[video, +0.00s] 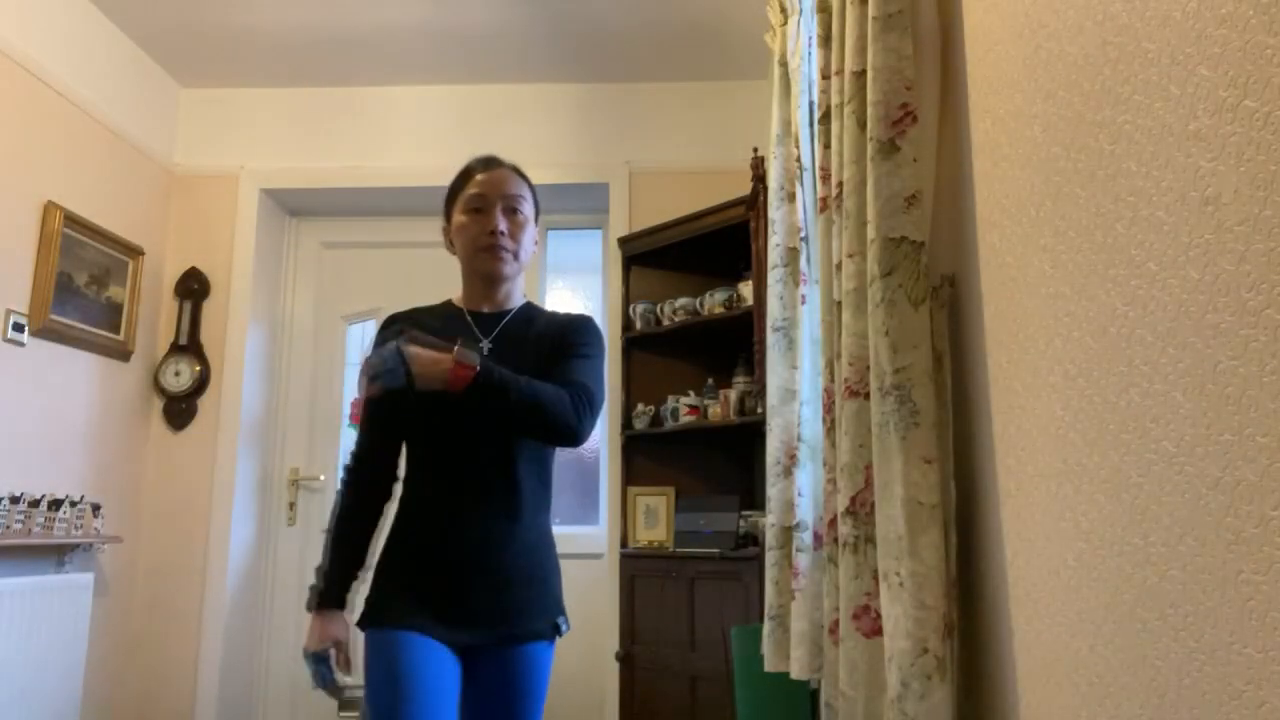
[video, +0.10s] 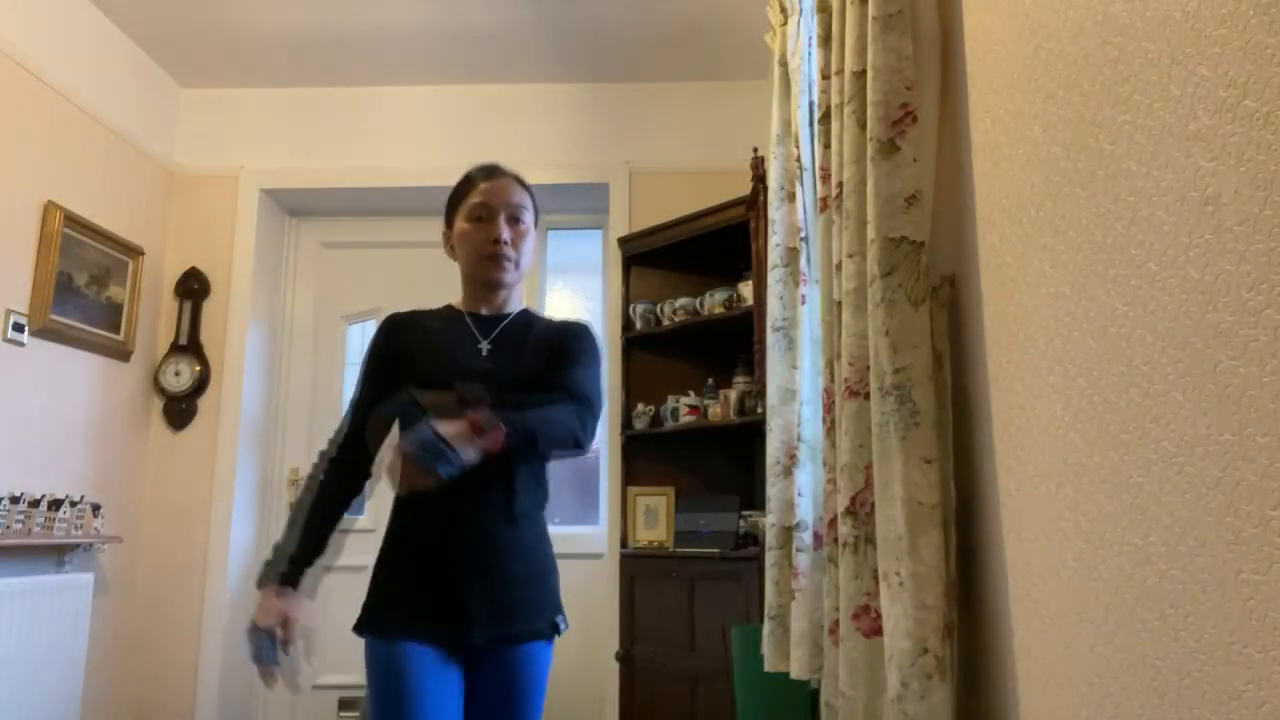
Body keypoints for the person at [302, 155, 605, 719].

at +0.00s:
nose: (497, 221)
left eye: (514, 209)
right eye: (477, 208)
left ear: (534, 234)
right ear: (449, 231)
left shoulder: (572, 334)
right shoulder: (406, 333)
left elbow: (574, 418)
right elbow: (371, 471)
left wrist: (458, 369)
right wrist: (329, 600)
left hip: (519, 604)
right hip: (413, 602)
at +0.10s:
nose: (501, 232)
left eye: (517, 219)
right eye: (481, 216)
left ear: (535, 242)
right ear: (449, 238)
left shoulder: (567, 341)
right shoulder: (403, 335)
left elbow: (576, 422)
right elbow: (349, 460)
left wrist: (477, 433)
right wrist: (285, 578)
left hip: (519, 609)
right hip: (412, 605)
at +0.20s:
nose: (499, 240)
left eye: (514, 229)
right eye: (481, 222)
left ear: (529, 250)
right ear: (444, 241)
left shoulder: (557, 352)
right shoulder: (397, 335)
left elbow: (570, 445)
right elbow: (323, 433)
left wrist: (548, 516)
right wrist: (247, 517)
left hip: (509, 608)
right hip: (406, 603)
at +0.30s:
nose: (498, 245)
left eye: (512, 234)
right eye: (479, 226)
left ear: (521, 254)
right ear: (437, 241)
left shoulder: (545, 357)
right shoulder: (385, 332)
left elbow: (571, 477)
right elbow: (329, 387)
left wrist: (588, 596)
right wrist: (269, 431)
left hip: (499, 609)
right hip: (392, 604)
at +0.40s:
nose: (505, 243)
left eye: (515, 232)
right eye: (485, 224)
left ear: (521, 251)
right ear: (437, 240)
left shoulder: (537, 354)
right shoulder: (387, 316)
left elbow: (566, 482)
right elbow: (357, 335)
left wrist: (595, 607)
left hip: (491, 574)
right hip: (389, 580)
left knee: (488, 703)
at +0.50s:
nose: (515, 247)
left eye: (522, 234)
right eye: (495, 225)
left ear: (524, 251)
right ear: (437, 239)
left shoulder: (533, 357)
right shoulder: (385, 317)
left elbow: (550, 479)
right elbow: (380, 336)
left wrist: (578, 598)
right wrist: (455, 311)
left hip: (486, 546)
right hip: (391, 566)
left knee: (485, 622)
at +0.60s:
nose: (519, 256)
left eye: (525, 244)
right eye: (503, 235)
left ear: (531, 259)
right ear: (442, 243)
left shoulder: (532, 364)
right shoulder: (388, 327)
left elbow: (537, 480)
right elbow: (406, 330)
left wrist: (551, 591)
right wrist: (479, 306)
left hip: (496, 592)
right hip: (393, 595)